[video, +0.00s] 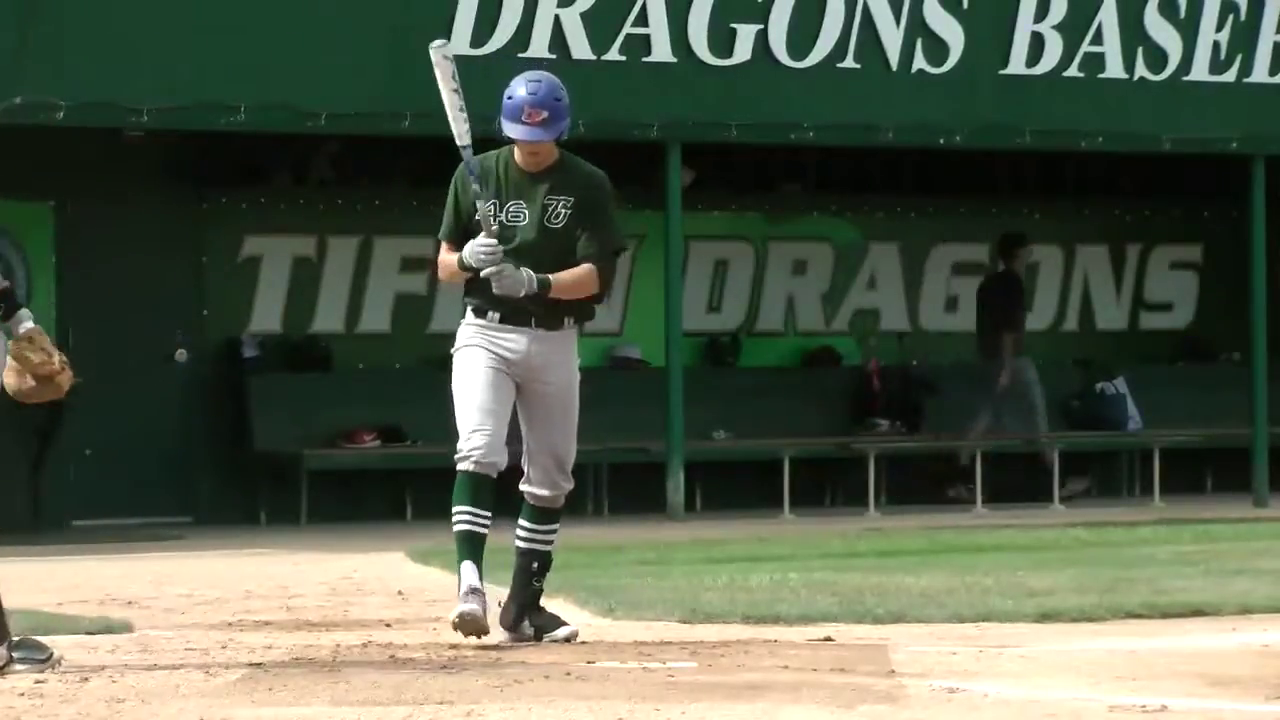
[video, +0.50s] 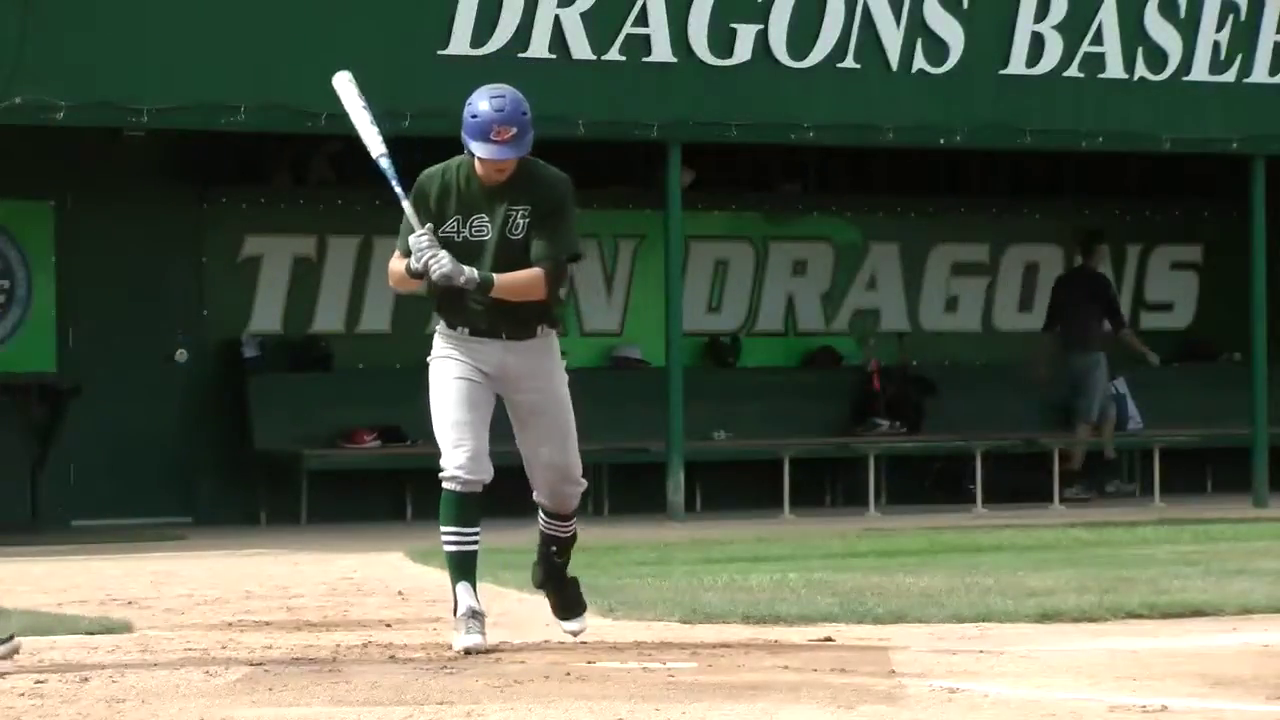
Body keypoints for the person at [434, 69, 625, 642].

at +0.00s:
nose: (531, 144)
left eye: (542, 134)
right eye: (522, 132)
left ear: (561, 128)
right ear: (507, 124)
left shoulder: (588, 185)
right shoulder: (474, 176)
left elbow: (598, 275)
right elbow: (445, 267)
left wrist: (534, 282)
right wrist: (466, 260)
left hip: (553, 345)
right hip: (483, 338)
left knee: (550, 477)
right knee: (481, 454)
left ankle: (523, 607)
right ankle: (472, 591)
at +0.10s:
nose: (528, 151)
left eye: (538, 141)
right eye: (519, 140)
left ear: (558, 133)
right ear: (503, 130)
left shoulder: (583, 188)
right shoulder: (469, 182)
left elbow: (588, 279)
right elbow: (442, 272)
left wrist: (525, 280)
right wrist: (463, 262)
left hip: (552, 349)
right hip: (482, 343)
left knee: (548, 482)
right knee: (476, 461)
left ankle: (522, 607)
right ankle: (467, 592)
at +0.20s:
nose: (521, 156)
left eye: (532, 146)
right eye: (512, 146)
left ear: (551, 139)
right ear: (495, 137)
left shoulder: (577, 193)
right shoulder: (461, 190)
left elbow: (579, 282)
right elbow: (436, 281)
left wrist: (514, 279)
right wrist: (455, 267)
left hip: (548, 355)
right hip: (478, 351)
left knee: (545, 488)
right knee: (475, 470)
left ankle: (523, 608)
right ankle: (467, 607)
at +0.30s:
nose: (512, 161)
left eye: (522, 150)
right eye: (501, 151)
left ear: (539, 142)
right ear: (484, 142)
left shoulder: (567, 193)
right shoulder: (452, 194)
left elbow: (568, 283)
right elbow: (426, 287)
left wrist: (498, 279)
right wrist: (444, 272)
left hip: (541, 355)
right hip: (470, 350)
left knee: (550, 487)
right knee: (473, 467)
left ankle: (527, 601)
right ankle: (467, 606)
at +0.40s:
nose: (503, 164)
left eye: (514, 154)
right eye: (493, 154)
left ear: (531, 144)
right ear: (474, 143)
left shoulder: (557, 190)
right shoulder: (443, 190)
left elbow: (557, 282)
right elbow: (409, 282)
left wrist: (481, 279)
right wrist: (429, 270)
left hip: (534, 353)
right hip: (462, 350)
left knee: (559, 483)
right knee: (469, 468)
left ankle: (539, 582)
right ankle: (467, 606)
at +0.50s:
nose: (500, 164)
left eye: (510, 153)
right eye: (489, 154)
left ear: (526, 143)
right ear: (468, 142)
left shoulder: (549, 188)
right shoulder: (435, 185)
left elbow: (547, 281)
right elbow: (397, 274)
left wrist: (472, 278)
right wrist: (423, 269)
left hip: (533, 351)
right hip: (458, 349)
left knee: (563, 483)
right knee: (464, 470)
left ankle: (553, 570)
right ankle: (466, 607)